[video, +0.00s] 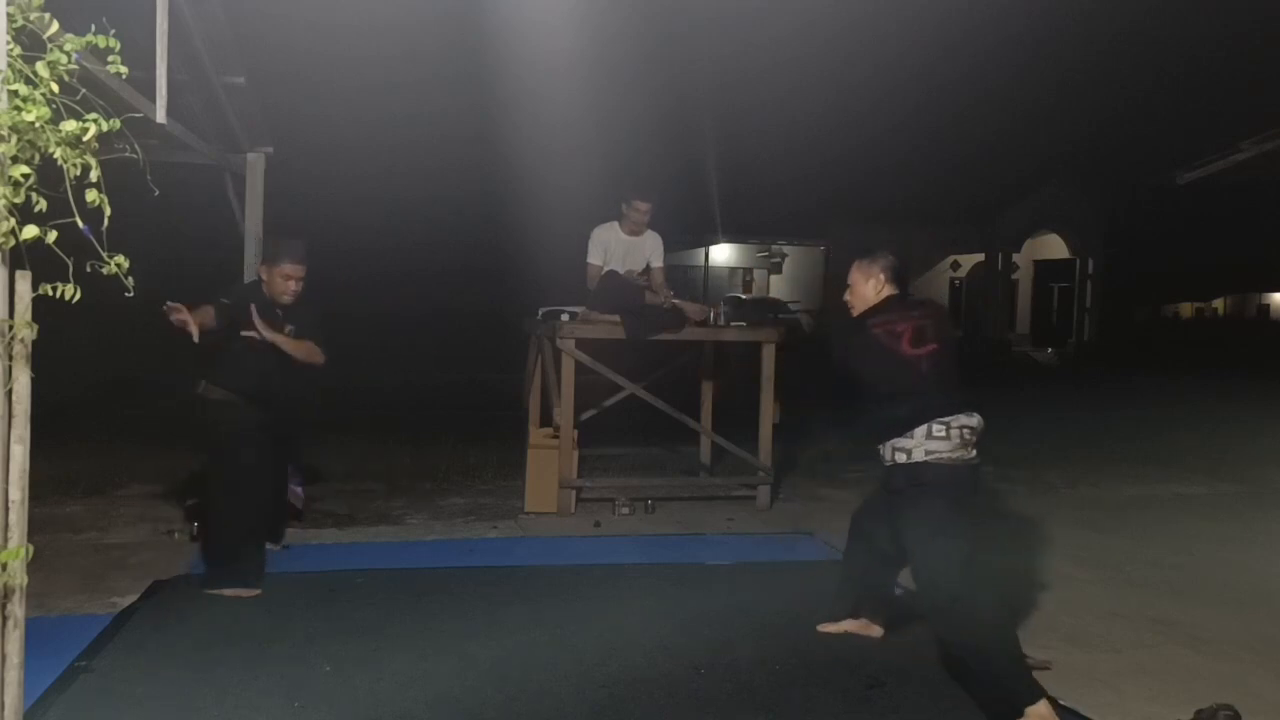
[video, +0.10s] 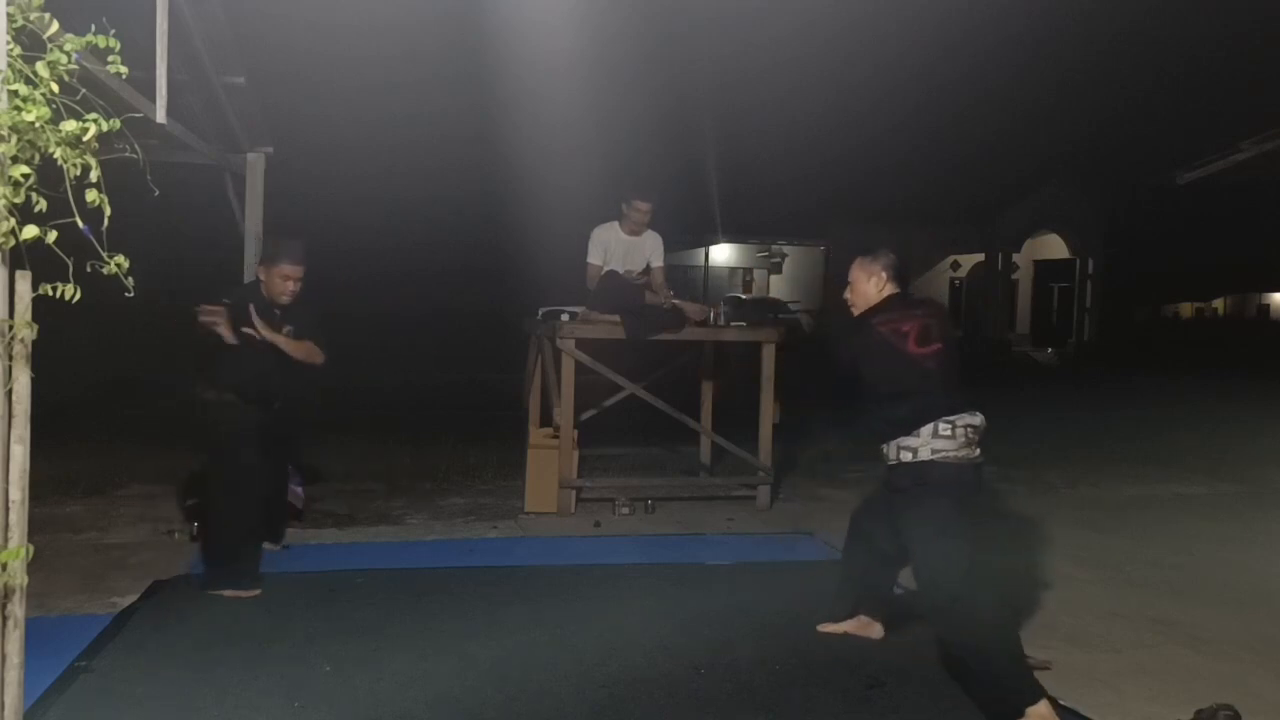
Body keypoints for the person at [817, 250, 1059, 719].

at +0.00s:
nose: (846, 295)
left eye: (852, 285)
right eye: (847, 285)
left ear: (878, 282)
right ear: (887, 282)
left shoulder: (864, 333)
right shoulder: (933, 318)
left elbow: (852, 409)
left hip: (923, 477)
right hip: (957, 472)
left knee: (954, 596)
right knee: (870, 524)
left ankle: (1030, 703)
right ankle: (867, 613)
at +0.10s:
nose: (846, 293)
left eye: (852, 283)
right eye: (848, 283)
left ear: (880, 282)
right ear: (887, 281)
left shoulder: (868, 333)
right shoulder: (932, 317)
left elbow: (852, 412)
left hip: (927, 476)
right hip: (962, 470)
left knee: (958, 595)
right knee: (871, 524)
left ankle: (1030, 703)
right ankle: (867, 613)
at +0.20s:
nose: (840, 292)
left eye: (846, 282)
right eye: (842, 282)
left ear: (876, 282)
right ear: (881, 281)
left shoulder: (870, 330)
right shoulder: (916, 313)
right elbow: (861, 329)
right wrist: (821, 342)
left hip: (927, 476)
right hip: (953, 467)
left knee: (958, 590)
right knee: (861, 520)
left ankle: (1032, 703)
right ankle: (864, 615)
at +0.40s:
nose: (830, 285)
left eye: (835, 275)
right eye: (830, 276)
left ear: (864, 274)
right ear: (868, 273)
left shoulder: (861, 322)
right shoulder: (897, 305)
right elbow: (827, 295)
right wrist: (780, 288)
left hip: (914, 459)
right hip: (931, 449)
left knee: (923, 575)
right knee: (851, 520)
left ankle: (995, 669)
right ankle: (864, 615)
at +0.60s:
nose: (817, 288)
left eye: (822, 279)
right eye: (816, 279)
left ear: (851, 274)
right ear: (854, 273)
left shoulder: (846, 324)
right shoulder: (883, 300)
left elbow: (804, 377)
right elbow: (879, 271)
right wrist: (855, 240)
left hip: (906, 455)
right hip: (914, 445)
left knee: (854, 532)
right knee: (843, 520)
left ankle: (894, 626)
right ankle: (851, 612)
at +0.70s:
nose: (818, 289)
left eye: (824, 279)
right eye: (817, 280)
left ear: (854, 273)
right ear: (857, 273)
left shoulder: (845, 323)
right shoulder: (881, 300)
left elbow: (810, 383)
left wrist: (809, 340)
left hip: (902, 452)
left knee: (848, 529)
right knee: (844, 524)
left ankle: (884, 624)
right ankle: (850, 614)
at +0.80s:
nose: (822, 289)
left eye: (828, 278)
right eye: (821, 279)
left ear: (857, 273)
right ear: (859, 275)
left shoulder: (852, 319)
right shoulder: (882, 303)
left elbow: (821, 379)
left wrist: (814, 349)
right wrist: (823, 337)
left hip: (905, 453)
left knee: (862, 530)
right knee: (846, 521)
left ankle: (888, 626)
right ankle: (853, 614)